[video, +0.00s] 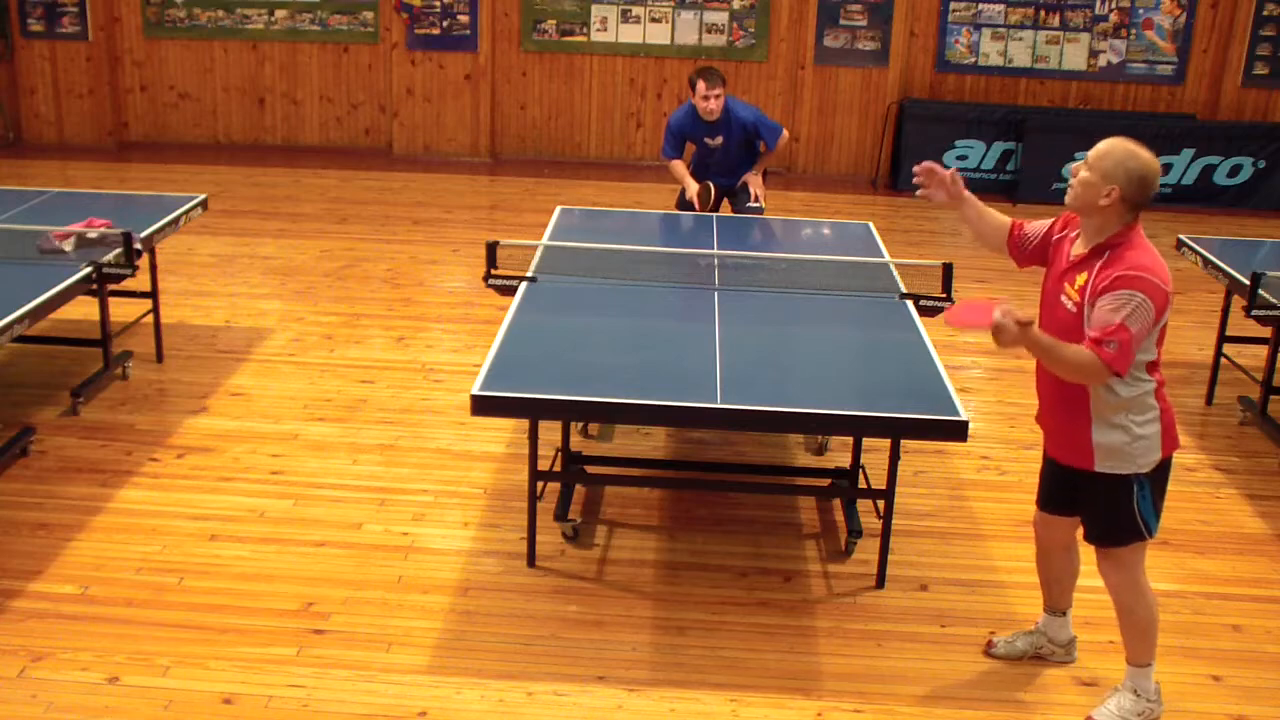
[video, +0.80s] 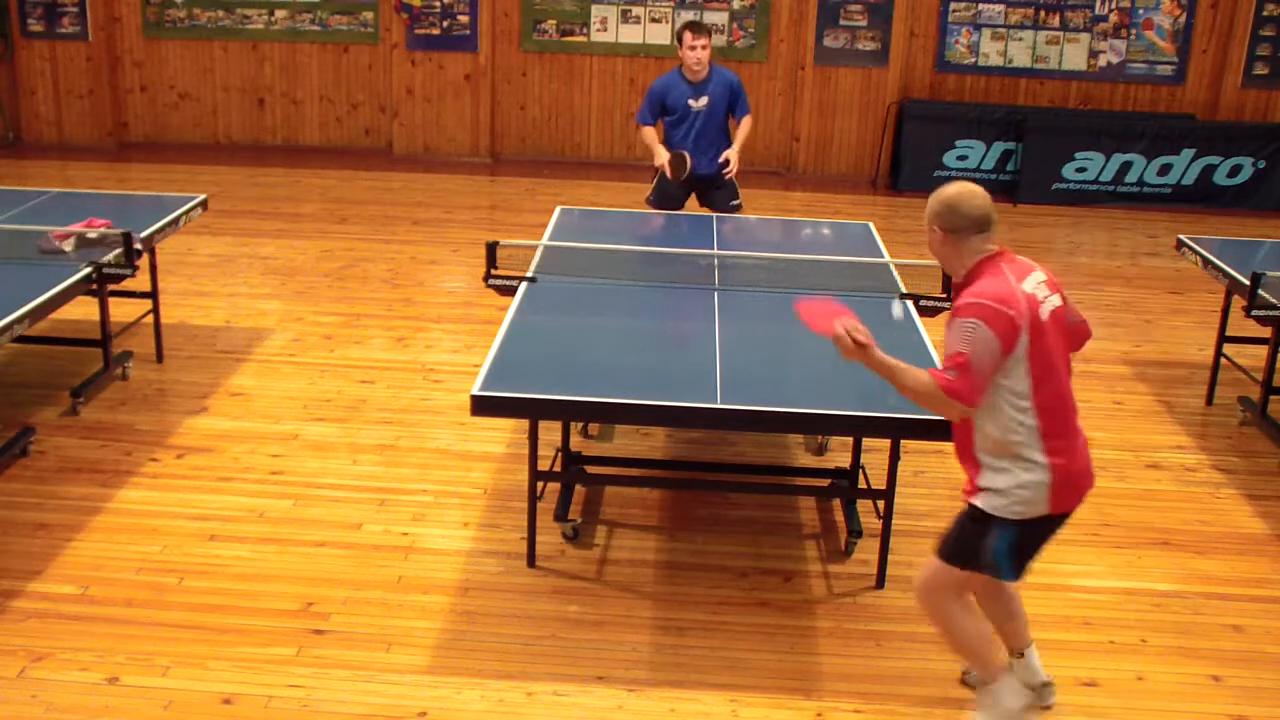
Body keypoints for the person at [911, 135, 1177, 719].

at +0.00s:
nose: (1071, 171)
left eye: (1083, 167)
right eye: (1079, 163)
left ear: (1108, 197)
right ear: (1102, 196)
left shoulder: (1137, 277)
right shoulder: (1068, 232)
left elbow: (1099, 366)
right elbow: (1009, 238)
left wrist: (1026, 338)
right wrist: (960, 199)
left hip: (1123, 447)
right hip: (1068, 432)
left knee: (1121, 564)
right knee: (1053, 528)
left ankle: (1142, 689)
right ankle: (1055, 632)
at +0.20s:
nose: (1075, 175)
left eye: (1087, 174)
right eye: (1084, 168)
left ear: (1109, 208)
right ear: (1107, 205)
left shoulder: (1143, 289)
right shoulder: (1065, 233)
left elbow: (1124, 388)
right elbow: (1003, 242)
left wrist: (1045, 406)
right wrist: (934, 227)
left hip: (1123, 449)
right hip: (1065, 431)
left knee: (1121, 569)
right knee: (1055, 529)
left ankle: (1142, 689)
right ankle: (1056, 632)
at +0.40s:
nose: (1040, 194)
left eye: (1051, 192)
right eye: (1048, 187)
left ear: (1074, 224)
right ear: (1074, 223)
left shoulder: (1124, 295)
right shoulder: (1047, 256)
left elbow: (1142, 389)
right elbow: (1007, 272)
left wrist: (1100, 431)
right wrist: (944, 281)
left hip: (1121, 461)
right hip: (1060, 444)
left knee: (1118, 578)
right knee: (1034, 533)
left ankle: (1141, 689)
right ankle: (1052, 633)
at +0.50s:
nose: (997, 225)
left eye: (1005, 222)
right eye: (1001, 217)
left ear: (1034, 244)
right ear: (1037, 242)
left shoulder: (1097, 298)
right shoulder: (1043, 266)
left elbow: (1119, 397)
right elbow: (1026, 307)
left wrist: (1084, 390)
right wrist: (972, 323)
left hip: (1109, 466)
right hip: (1059, 453)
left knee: (1106, 586)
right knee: (1016, 537)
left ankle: (1141, 691)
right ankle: (1037, 661)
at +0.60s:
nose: (959, 255)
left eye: (964, 247)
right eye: (959, 245)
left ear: (996, 253)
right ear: (1003, 247)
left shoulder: (1056, 297)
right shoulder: (1028, 277)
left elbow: (1070, 395)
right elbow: (1041, 357)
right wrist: (991, 357)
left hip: (1092, 477)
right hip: (1047, 464)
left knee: (1070, 599)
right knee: (1002, 552)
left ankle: (1136, 683)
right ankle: (1029, 672)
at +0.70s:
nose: (940, 251)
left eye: (941, 242)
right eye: (940, 241)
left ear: (960, 247)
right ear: (995, 234)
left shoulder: (1014, 308)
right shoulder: (1032, 273)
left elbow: (1016, 406)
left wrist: (942, 400)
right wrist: (975, 382)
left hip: (1064, 484)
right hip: (1032, 467)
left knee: (1008, 600)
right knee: (984, 559)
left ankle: (1101, 667)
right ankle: (1026, 672)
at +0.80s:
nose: (927, 238)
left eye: (928, 229)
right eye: (929, 229)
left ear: (939, 236)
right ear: (989, 227)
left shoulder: (981, 303)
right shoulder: (1026, 270)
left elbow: (954, 397)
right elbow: (1076, 332)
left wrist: (874, 359)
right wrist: (1013, 365)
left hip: (1023, 485)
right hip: (1058, 468)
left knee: (937, 588)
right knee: (982, 570)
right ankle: (1027, 671)